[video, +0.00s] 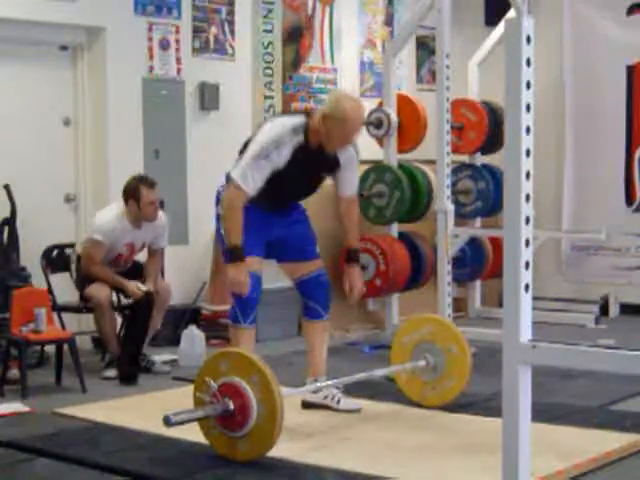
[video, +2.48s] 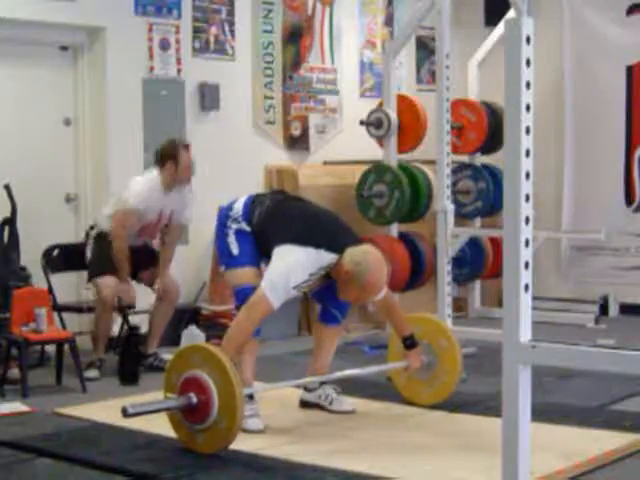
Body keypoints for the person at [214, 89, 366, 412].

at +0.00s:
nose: (348, 141)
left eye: (352, 135)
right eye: (343, 134)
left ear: (355, 130)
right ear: (321, 123)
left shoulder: (345, 152)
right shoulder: (278, 135)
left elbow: (349, 206)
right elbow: (234, 196)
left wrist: (353, 260)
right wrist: (234, 261)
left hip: (288, 211)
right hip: (246, 209)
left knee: (317, 290)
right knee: (246, 293)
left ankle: (316, 383)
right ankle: (243, 385)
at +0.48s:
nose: (339, 262)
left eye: (347, 258)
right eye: (338, 256)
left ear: (355, 243)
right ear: (323, 235)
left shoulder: (348, 235)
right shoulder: (282, 230)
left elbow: (350, 292)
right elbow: (259, 299)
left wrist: (361, 349)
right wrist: (251, 364)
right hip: (233, 213)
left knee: (325, 290)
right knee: (241, 300)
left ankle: (317, 384)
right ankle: (244, 383)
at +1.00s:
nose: (342, 289)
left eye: (347, 284)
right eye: (337, 284)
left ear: (359, 263)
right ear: (318, 262)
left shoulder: (353, 257)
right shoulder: (276, 248)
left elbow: (364, 295)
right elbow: (245, 310)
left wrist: (378, 335)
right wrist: (232, 375)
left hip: (289, 206)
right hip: (239, 213)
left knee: (336, 297)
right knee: (239, 301)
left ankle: (319, 383)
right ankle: (239, 384)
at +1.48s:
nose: (359, 302)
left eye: (368, 297)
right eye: (357, 297)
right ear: (339, 274)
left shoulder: (359, 256)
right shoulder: (293, 262)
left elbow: (381, 299)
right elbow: (249, 321)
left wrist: (398, 343)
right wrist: (227, 378)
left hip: (295, 212)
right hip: (246, 217)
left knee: (343, 303)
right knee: (248, 308)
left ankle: (321, 384)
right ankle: (251, 396)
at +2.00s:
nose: (357, 293)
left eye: (364, 289)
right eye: (355, 287)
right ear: (340, 266)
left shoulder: (359, 257)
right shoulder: (292, 256)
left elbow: (381, 301)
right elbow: (253, 312)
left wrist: (401, 344)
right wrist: (226, 368)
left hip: (280, 214)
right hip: (238, 219)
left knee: (332, 295)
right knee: (267, 305)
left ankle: (313, 385)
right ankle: (240, 393)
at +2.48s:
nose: (360, 302)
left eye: (367, 298)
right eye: (358, 296)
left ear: (381, 282)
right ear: (344, 273)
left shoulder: (363, 261)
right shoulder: (293, 264)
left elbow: (388, 302)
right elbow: (249, 316)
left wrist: (410, 345)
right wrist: (217, 372)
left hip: (288, 217)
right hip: (241, 218)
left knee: (335, 301)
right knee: (250, 307)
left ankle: (315, 384)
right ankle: (245, 394)